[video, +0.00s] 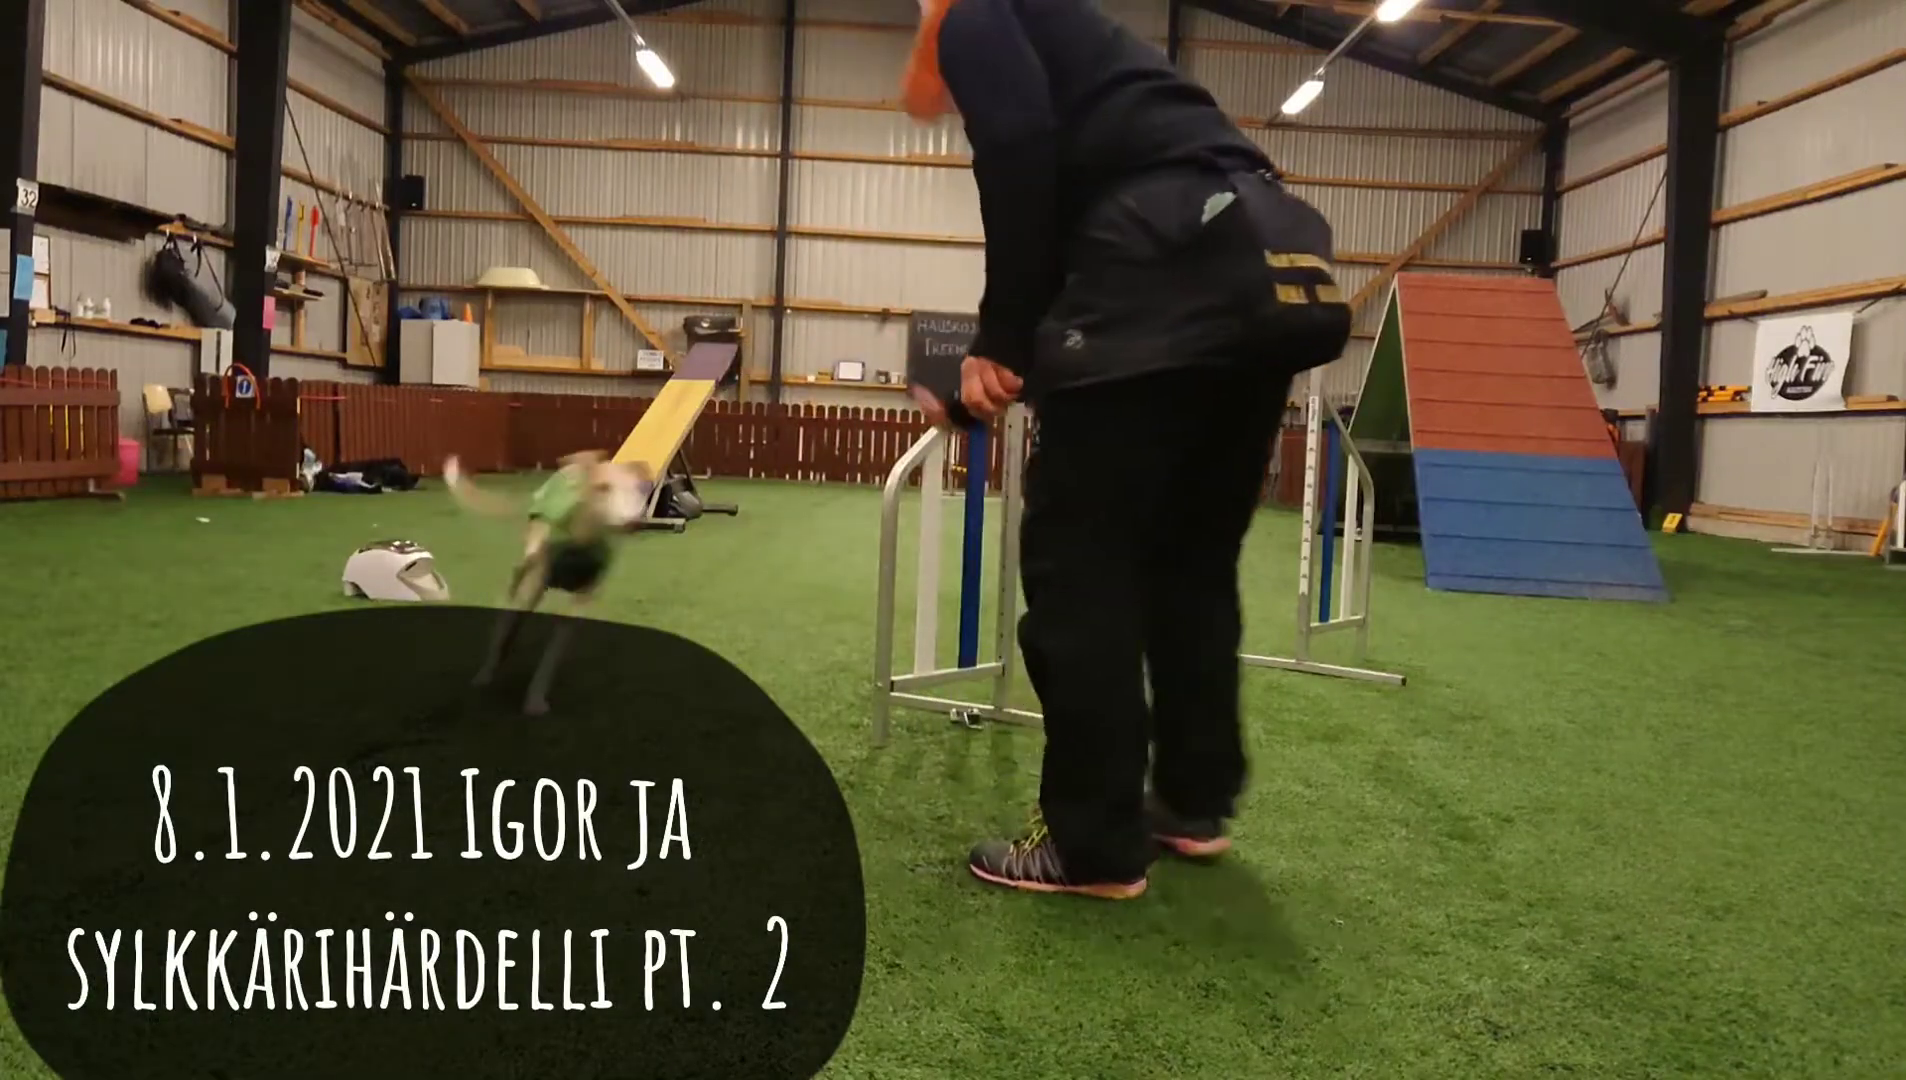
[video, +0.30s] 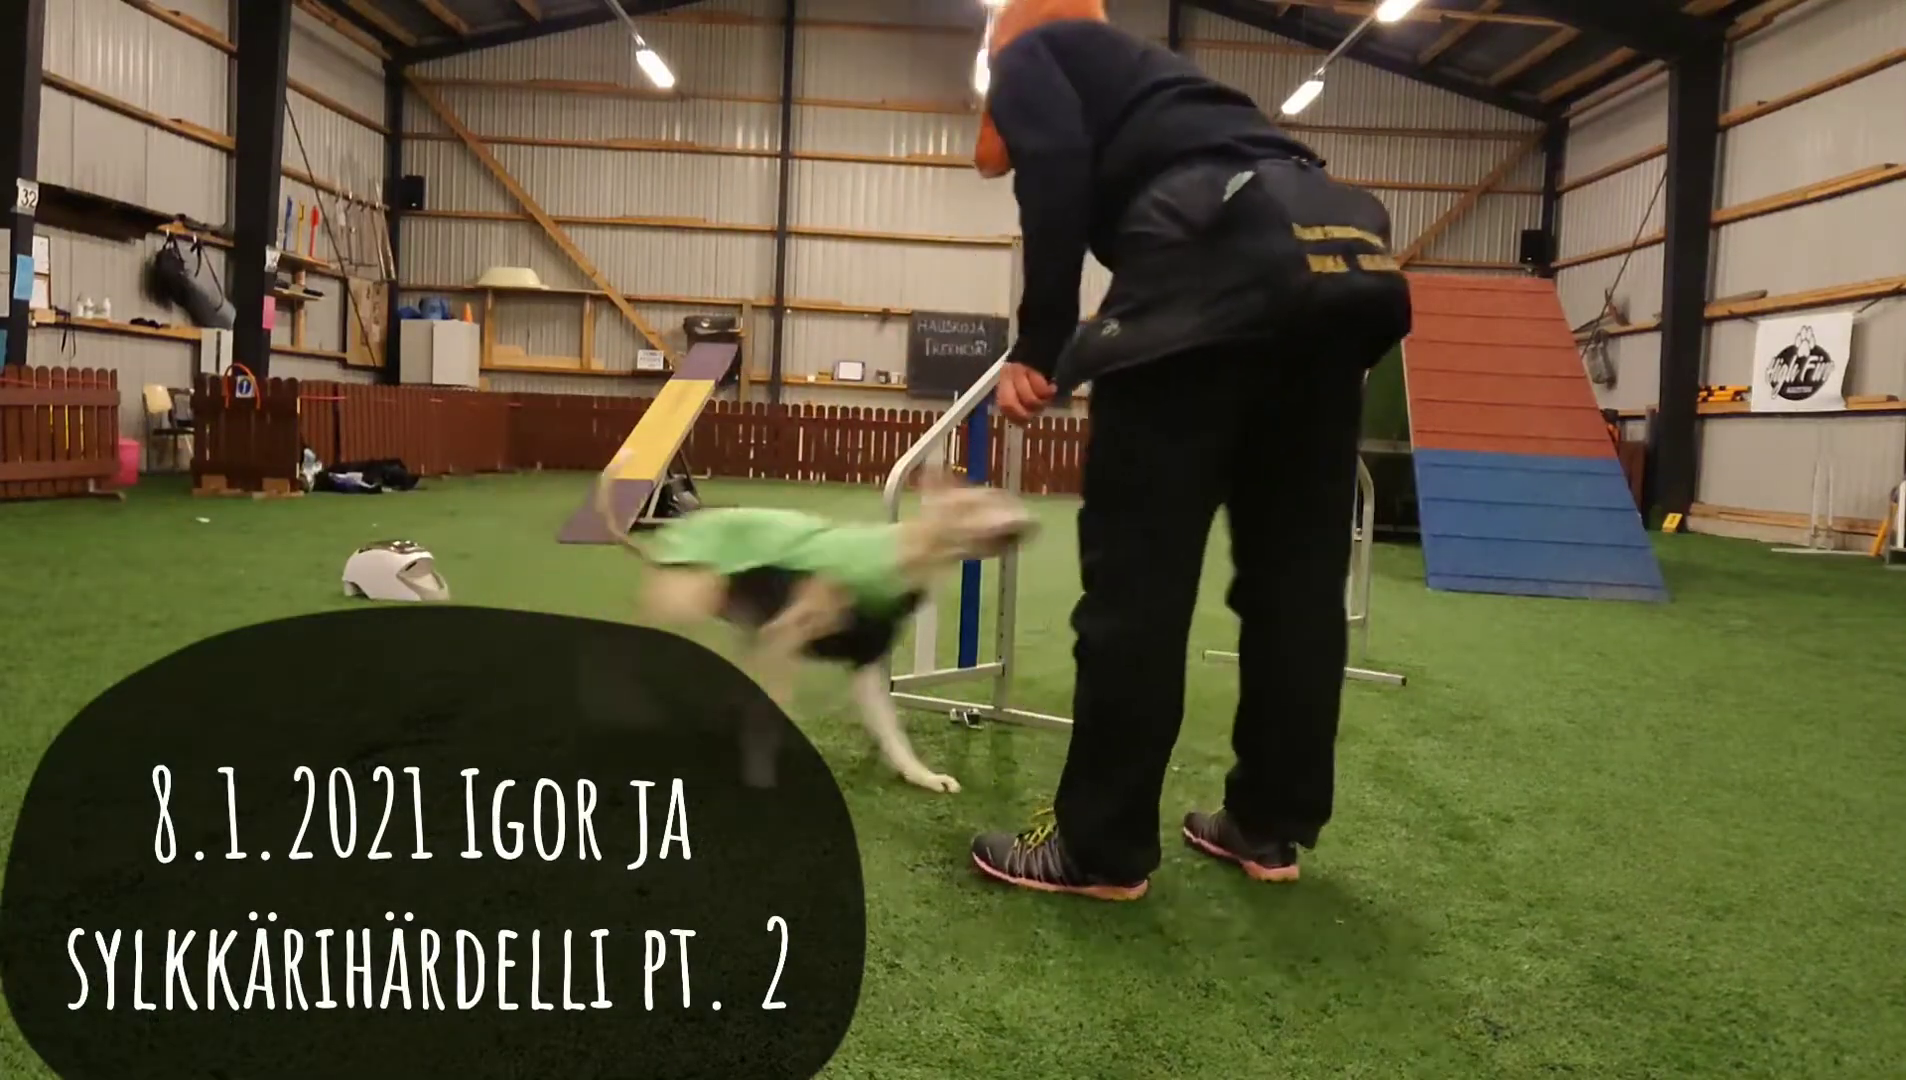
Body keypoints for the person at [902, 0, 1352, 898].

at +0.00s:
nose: (933, 97)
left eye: (931, 58)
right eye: (927, 82)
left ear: (942, 12)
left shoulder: (973, 17)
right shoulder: (1092, 40)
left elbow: (1020, 148)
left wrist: (1002, 339)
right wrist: (980, 374)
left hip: (1146, 302)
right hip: (1260, 291)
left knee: (1075, 569)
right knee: (1194, 557)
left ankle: (1094, 846)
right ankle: (1195, 807)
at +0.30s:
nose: (993, 143)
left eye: (990, 109)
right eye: (989, 127)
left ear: (1015, 36)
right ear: (1089, 27)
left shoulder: (1028, 51)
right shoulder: (1166, 81)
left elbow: (1056, 163)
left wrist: (1037, 349)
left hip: (1198, 297)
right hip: (1334, 296)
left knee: (1135, 588)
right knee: (1293, 581)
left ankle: (1104, 847)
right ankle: (1271, 828)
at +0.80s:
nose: (1031, 43)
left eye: (1033, 34)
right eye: (1036, 35)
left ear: (1057, 31)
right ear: (1128, 34)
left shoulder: (1051, 66)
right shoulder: (1179, 85)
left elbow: (1051, 191)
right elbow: (1221, 240)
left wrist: (1009, 346)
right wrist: (1189, 420)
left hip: (1158, 304)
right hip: (1281, 311)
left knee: (1062, 557)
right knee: (1264, 574)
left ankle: (997, 792)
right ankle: (1270, 826)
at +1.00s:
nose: (994, 32)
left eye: (997, 25)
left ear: (1013, 27)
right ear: (1090, 33)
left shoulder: (990, 76)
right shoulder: (1132, 88)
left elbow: (971, 202)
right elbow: (1155, 218)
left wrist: (923, 354)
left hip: (1061, 337)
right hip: (1188, 336)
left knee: (976, 549)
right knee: (1209, 568)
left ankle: (898, 737)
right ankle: (1261, 808)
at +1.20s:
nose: (908, 34)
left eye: (911, 25)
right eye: (1019, 34)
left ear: (926, 27)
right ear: (1005, 36)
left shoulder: (897, 77)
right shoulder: (1040, 94)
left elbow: (856, 211)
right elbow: (1045, 217)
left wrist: (806, 352)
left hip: (938, 324)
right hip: (1063, 326)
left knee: (885, 533)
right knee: (1075, 540)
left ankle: (873, 745)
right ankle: (1183, 709)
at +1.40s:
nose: (859, 30)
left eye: (861, 22)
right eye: (958, 32)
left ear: (872, 24)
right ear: (946, 37)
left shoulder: (843, 68)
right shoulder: (986, 105)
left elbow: (789, 199)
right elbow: (984, 230)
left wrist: (740, 337)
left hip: (877, 322)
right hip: (989, 329)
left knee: (852, 533)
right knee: (910, 506)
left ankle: (872, 745)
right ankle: (991, 678)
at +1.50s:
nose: (837, 31)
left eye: (839, 23)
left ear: (851, 25)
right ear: (925, 39)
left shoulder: (823, 68)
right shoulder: (962, 104)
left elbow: (775, 204)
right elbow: (963, 227)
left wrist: (729, 338)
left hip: (855, 315)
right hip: (963, 327)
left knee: (839, 522)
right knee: (870, 503)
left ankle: (873, 743)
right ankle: (884, 710)